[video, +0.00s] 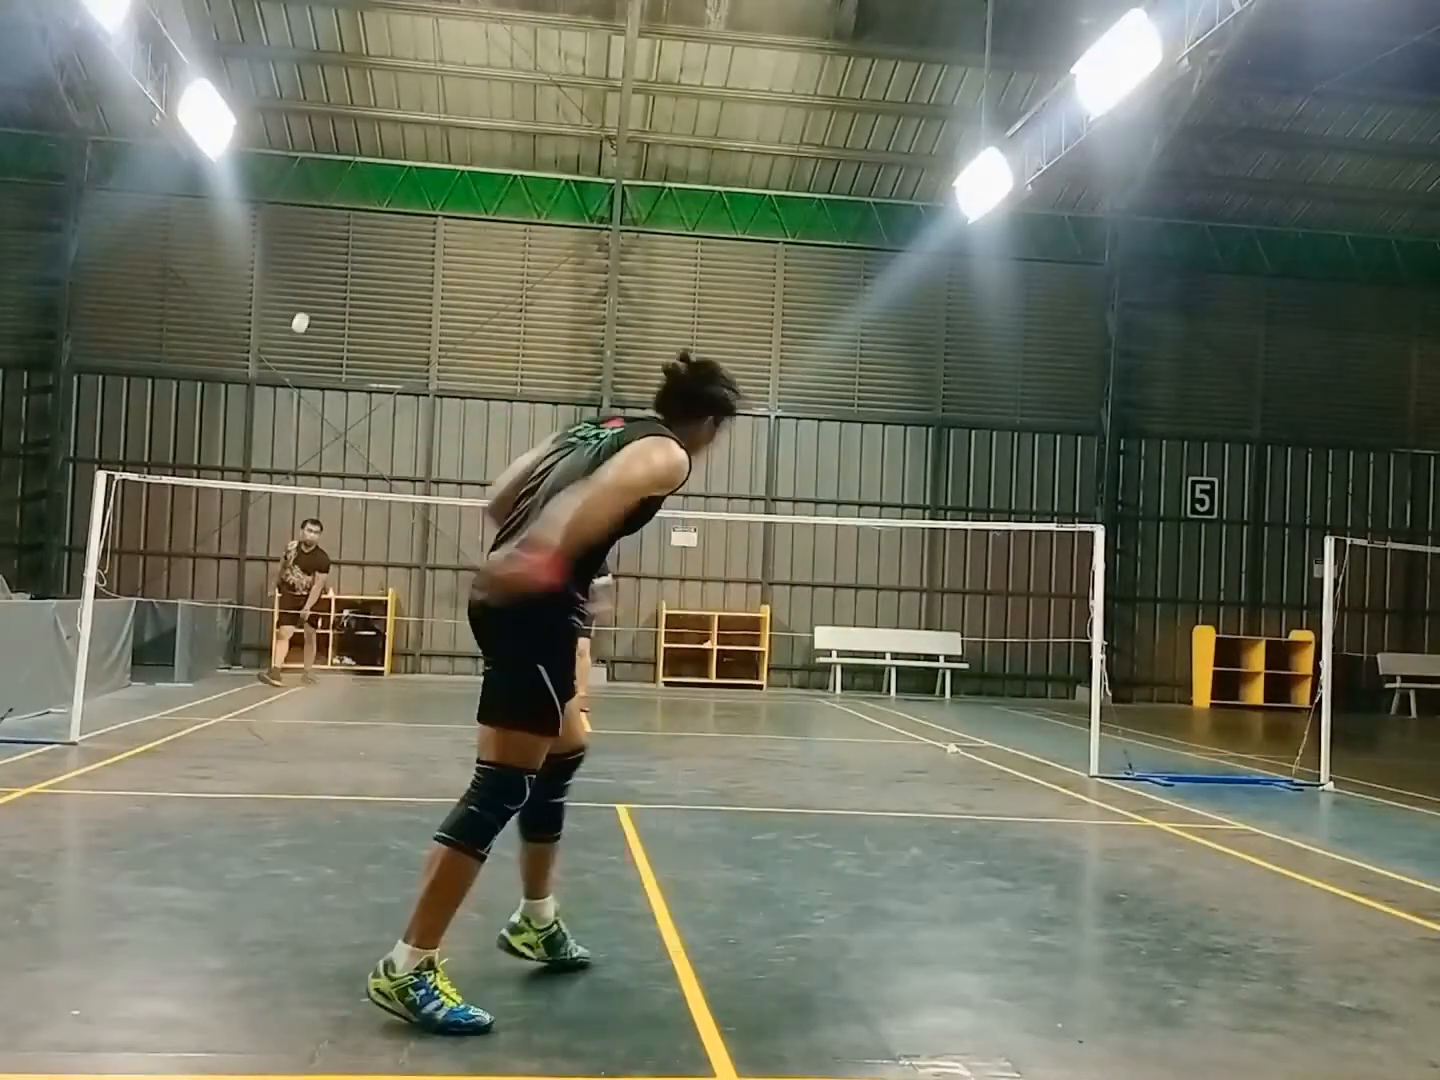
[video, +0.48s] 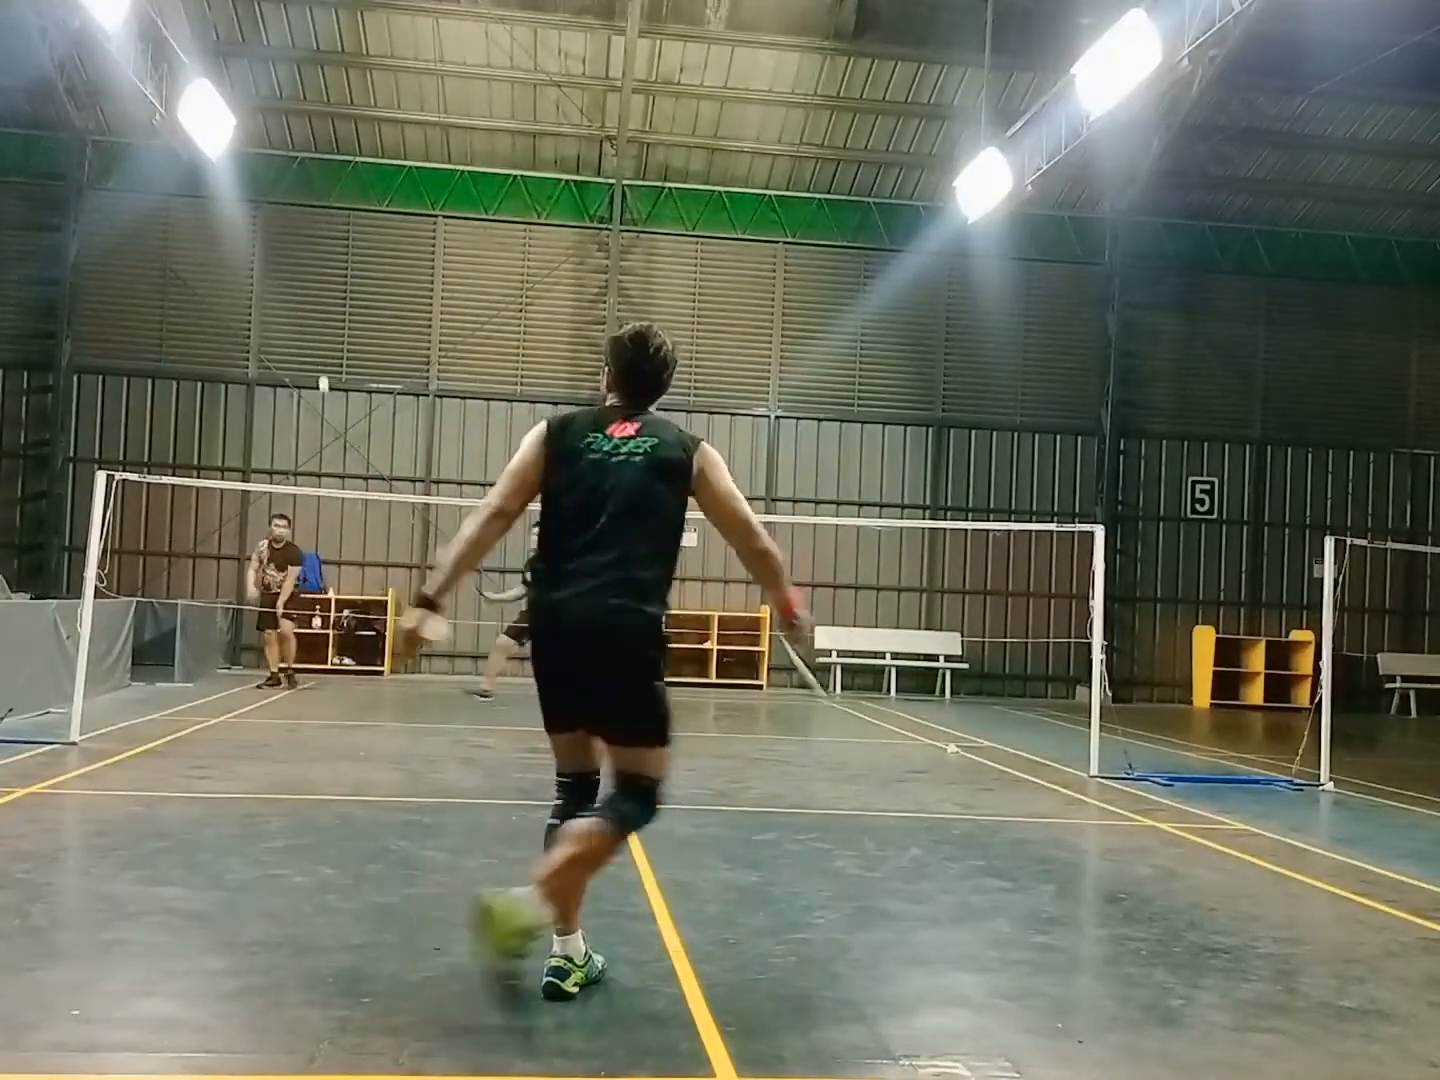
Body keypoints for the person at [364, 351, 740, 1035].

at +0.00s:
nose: (717, 443)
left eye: (721, 431)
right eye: (720, 430)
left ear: (664, 407)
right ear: (706, 423)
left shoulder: (599, 434)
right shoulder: (668, 455)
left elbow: (505, 491)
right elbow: (597, 496)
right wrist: (545, 553)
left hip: (505, 602)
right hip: (542, 611)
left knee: (565, 746)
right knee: (498, 787)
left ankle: (536, 920)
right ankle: (408, 967)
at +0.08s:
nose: (686, 417)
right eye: (690, 408)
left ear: (628, 388)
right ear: (683, 404)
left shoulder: (562, 424)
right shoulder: (665, 448)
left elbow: (472, 501)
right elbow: (671, 523)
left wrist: (479, 584)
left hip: (495, 609)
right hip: (549, 615)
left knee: (546, 764)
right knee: (498, 789)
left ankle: (537, 932)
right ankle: (404, 967)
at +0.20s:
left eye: (617, 374)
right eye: (667, 391)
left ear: (608, 379)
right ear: (665, 392)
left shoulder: (544, 422)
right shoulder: (666, 442)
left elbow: (460, 506)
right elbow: (734, 521)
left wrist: (416, 575)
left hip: (498, 615)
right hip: (562, 625)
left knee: (545, 782)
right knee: (503, 790)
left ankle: (556, 946)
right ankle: (404, 964)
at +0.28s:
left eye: (599, 374)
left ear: (602, 379)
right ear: (658, 392)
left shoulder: (540, 424)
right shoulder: (672, 444)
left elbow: (454, 511)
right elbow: (758, 527)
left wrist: (389, 580)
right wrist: (820, 593)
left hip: (508, 616)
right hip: (576, 626)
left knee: (550, 785)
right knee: (514, 790)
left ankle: (563, 952)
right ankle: (412, 958)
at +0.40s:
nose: (597, 377)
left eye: (598, 368)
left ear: (602, 375)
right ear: (658, 388)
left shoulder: (548, 427)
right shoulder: (680, 445)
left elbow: (475, 510)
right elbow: (759, 533)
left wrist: (407, 583)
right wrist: (813, 603)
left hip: (537, 619)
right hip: (610, 624)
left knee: (570, 793)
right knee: (590, 797)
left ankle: (567, 953)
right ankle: (467, 925)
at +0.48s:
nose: (609, 379)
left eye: (606, 370)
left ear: (606, 378)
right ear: (664, 388)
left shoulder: (554, 434)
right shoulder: (687, 450)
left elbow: (494, 514)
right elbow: (749, 538)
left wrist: (433, 598)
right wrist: (785, 597)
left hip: (553, 630)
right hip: (627, 634)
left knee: (575, 787)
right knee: (637, 794)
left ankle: (569, 949)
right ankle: (527, 904)